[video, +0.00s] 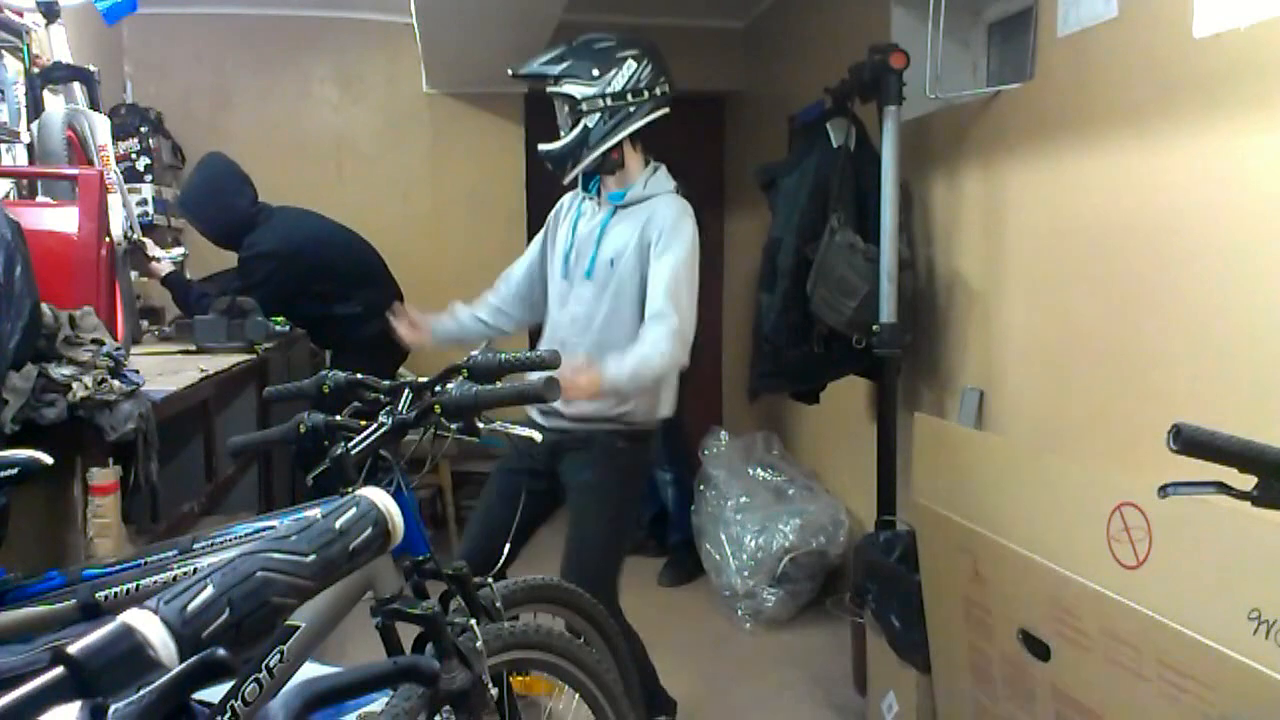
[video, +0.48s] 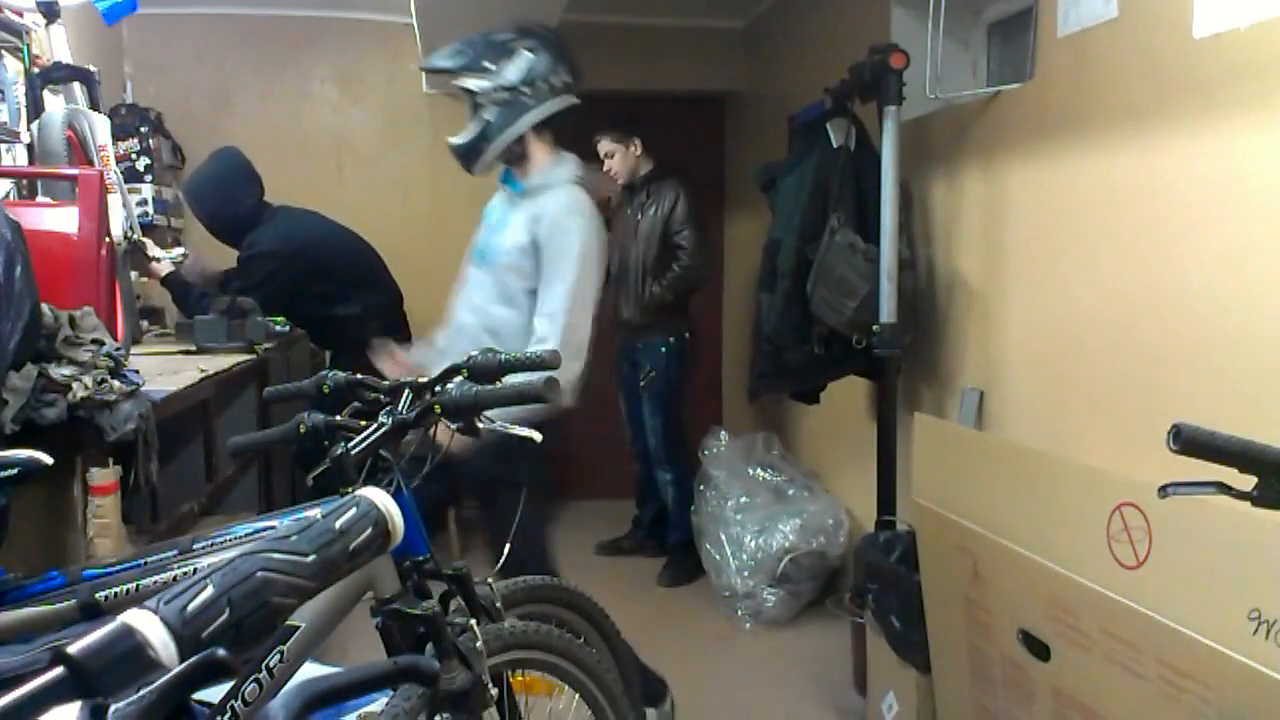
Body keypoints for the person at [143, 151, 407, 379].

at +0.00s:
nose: (203, 232)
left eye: (201, 222)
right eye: (198, 224)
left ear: (216, 217)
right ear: (239, 196)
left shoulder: (266, 252)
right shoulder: (275, 223)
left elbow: (220, 316)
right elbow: (241, 282)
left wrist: (166, 275)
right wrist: (183, 285)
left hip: (370, 343)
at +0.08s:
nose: (203, 232)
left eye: (201, 223)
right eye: (198, 224)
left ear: (217, 216)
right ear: (239, 196)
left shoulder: (267, 252)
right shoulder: (276, 224)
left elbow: (222, 316)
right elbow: (241, 282)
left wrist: (165, 275)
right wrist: (182, 285)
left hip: (370, 347)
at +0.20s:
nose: (205, 231)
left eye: (202, 222)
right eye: (200, 223)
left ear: (215, 217)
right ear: (241, 195)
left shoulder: (268, 251)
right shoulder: (276, 224)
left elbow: (222, 316)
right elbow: (241, 282)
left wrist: (166, 276)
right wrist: (181, 284)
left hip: (370, 348)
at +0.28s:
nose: (205, 229)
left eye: (203, 220)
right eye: (200, 221)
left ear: (217, 215)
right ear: (241, 196)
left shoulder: (267, 250)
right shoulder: (276, 224)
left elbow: (221, 313)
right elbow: (241, 283)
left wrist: (166, 276)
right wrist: (181, 283)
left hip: (368, 342)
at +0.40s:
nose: (205, 226)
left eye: (204, 217)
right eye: (201, 218)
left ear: (219, 213)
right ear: (245, 194)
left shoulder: (268, 251)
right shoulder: (280, 223)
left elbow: (220, 314)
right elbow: (242, 282)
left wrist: (165, 275)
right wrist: (182, 285)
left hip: (367, 356)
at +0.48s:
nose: (206, 224)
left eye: (205, 215)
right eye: (202, 216)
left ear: (219, 212)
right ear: (246, 192)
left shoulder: (268, 250)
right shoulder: (284, 223)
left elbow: (221, 317)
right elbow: (253, 282)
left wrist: (166, 276)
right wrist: (211, 277)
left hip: (366, 363)